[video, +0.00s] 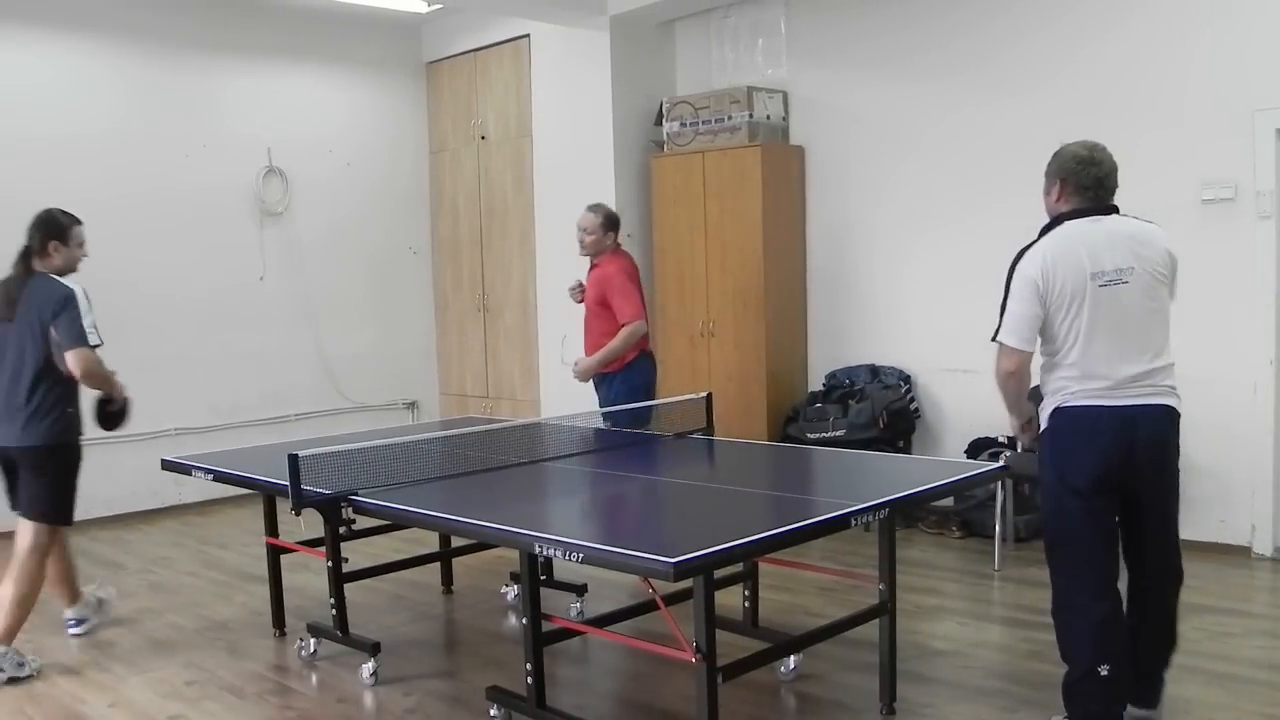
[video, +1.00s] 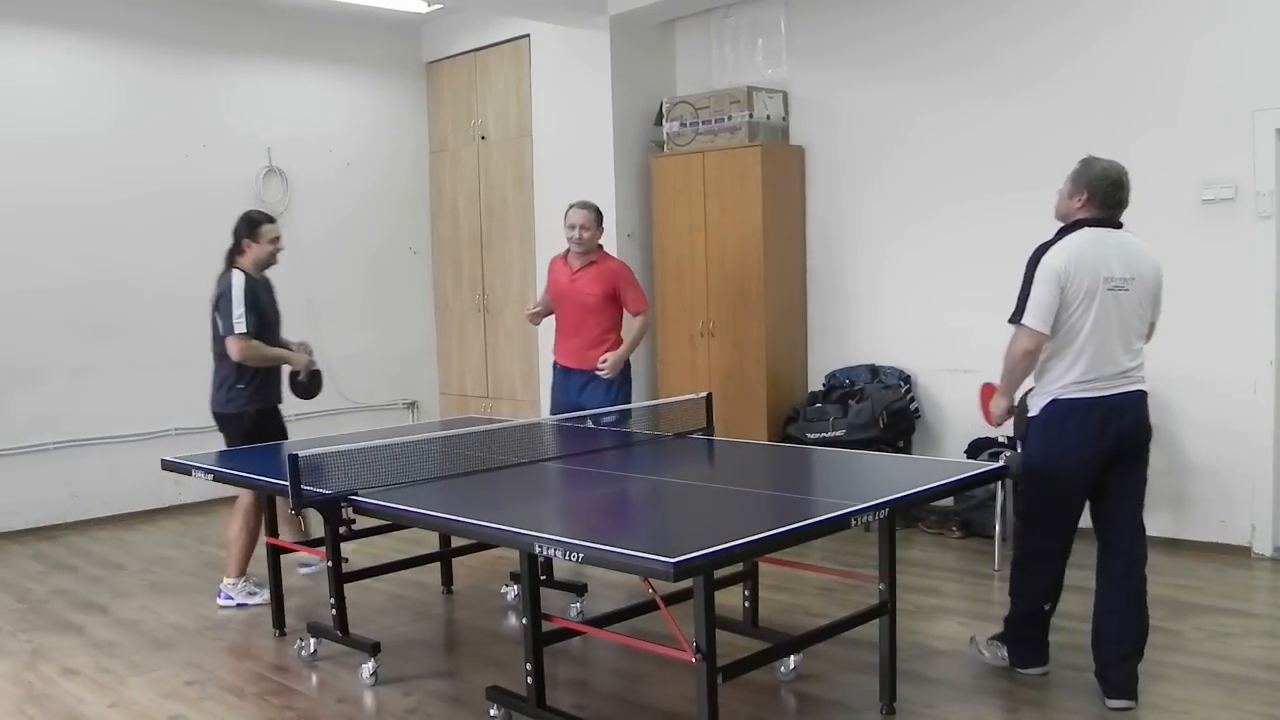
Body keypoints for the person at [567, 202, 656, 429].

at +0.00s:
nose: (580, 238)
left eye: (587, 232)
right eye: (579, 231)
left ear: (609, 237)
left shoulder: (616, 268)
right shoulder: (602, 262)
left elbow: (636, 325)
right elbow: (613, 297)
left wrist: (594, 363)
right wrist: (586, 294)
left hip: (627, 371)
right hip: (613, 371)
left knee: (627, 450)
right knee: (622, 449)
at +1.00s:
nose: (577, 235)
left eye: (585, 229)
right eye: (571, 228)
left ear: (599, 232)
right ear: (564, 230)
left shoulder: (616, 270)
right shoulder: (557, 265)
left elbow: (643, 316)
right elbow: (551, 297)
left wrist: (622, 355)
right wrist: (539, 311)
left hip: (606, 377)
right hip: (565, 376)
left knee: (608, 451)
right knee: (566, 451)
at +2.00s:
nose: (564, 228)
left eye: (564, 222)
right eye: (555, 223)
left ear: (568, 225)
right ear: (536, 232)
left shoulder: (588, 258)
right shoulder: (524, 280)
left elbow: (610, 294)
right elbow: (509, 328)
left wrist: (625, 315)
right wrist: (533, 331)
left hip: (605, 364)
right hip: (561, 372)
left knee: (627, 433)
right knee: (562, 442)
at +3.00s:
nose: (712, 242)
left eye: (713, 235)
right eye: (709, 233)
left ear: (695, 233)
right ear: (692, 232)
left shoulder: (701, 271)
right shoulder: (663, 270)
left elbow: (705, 315)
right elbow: (639, 315)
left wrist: (735, 333)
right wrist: (689, 329)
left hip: (702, 370)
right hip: (675, 373)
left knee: (702, 443)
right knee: (683, 445)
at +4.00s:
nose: (844, 241)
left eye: (846, 235)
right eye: (842, 234)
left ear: (828, 228)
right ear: (825, 227)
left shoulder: (821, 263)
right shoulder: (798, 259)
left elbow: (829, 307)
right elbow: (790, 308)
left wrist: (856, 322)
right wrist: (840, 322)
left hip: (817, 363)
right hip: (800, 364)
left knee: (816, 444)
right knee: (818, 444)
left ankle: (813, 522)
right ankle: (802, 528)